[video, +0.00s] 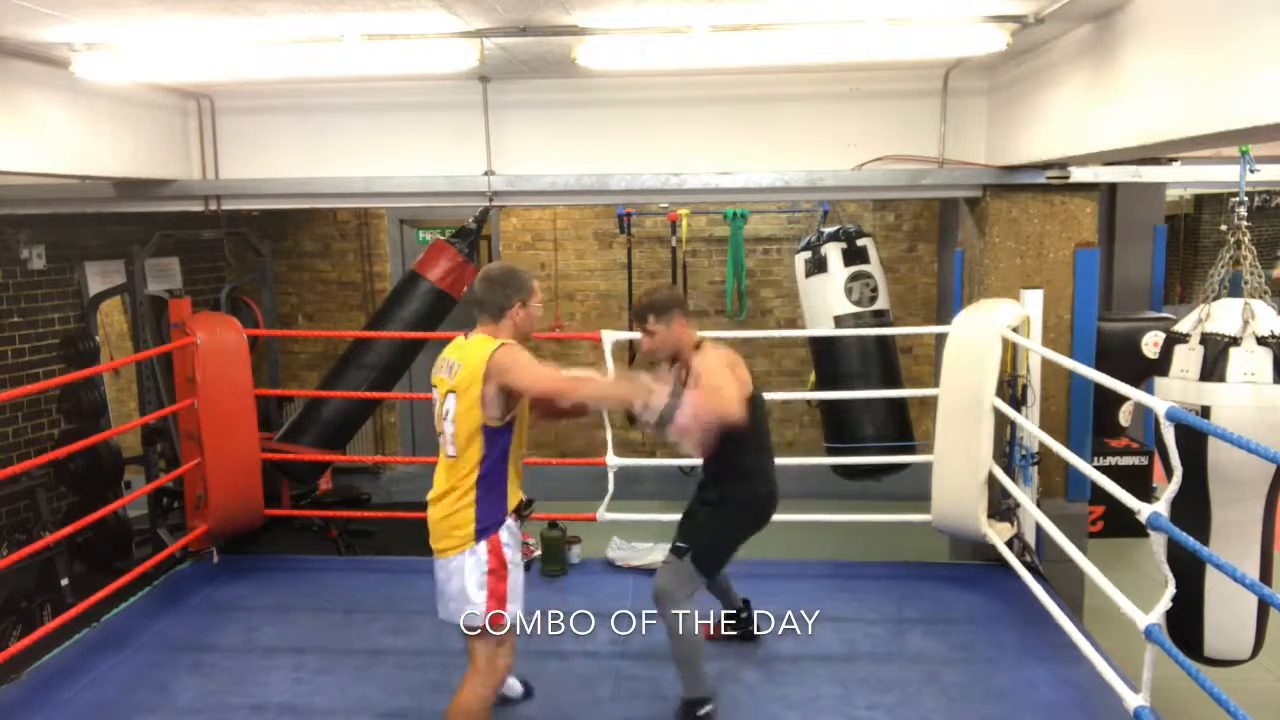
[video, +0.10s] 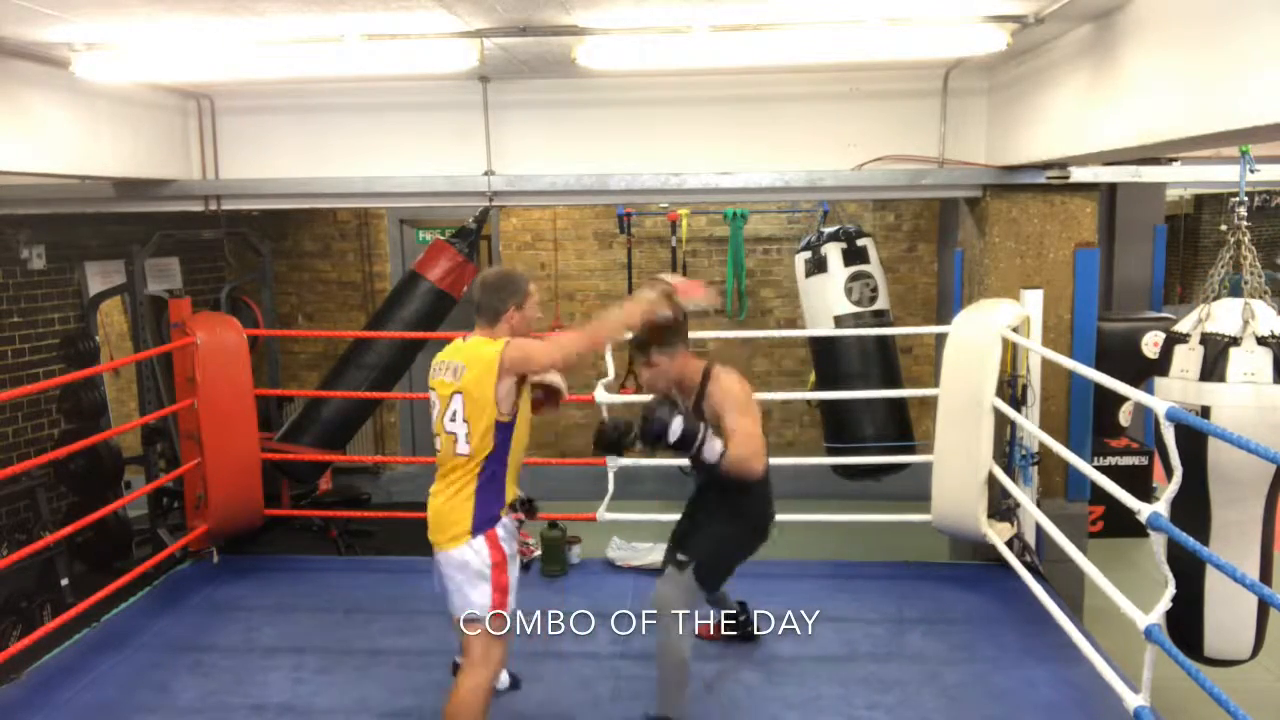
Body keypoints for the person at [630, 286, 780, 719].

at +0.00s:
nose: (642, 345)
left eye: (648, 334)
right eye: (640, 335)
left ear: (677, 326)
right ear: (674, 329)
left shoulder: (714, 363)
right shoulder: (681, 368)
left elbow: (730, 411)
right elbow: (657, 410)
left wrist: (666, 411)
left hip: (743, 494)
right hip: (717, 486)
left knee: (670, 590)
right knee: (694, 555)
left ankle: (698, 701)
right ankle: (738, 614)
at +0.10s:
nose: (642, 380)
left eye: (645, 369)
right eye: (640, 371)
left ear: (666, 360)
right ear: (661, 359)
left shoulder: (727, 385)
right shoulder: (676, 390)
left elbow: (752, 462)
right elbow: (667, 438)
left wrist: (688, 435)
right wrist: (632, 437)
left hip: (744, 508)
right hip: (711, 499)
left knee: (670, 595)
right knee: (683, 572)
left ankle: (669, 712)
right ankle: (736, 619)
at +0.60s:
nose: (669, 378)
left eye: (668, 366)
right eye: (666, 367)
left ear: (685, 356)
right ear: (714, 350)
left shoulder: (696, 410)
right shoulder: (785, 396)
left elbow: (655, 496)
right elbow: (814, 471)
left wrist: (649, 437)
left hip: (740, 575)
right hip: (802, 570)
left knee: (649, 651)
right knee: (811, 660)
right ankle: (870, 716)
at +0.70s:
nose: (667, 368)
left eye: (666, 356)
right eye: (664, 358)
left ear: (688, 349)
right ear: (700, 346)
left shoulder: (731, 394)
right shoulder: (763, 387)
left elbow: (713, 484)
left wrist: (679, 445)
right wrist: (684, 430)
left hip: (758, 567)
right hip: (804, 561)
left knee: (649, 648)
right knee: (802, 657)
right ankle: (868, 718)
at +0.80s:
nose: (683, 360)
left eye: (681, 349)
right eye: (679, 351)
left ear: (698, 334)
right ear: (716, 331)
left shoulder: (733, 375)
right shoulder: (767, 367)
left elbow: (715, 462)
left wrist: (661, 445)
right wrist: (679, 407)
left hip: (752, 560)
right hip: (804, 557)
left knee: (656, 650)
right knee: (813, 653)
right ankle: (873, 716)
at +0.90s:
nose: (695, 340)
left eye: (695, 330)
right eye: (694, 331)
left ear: (711, 325)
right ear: (747, 321)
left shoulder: (709, 366)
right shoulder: (805, 364)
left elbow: (640, 428)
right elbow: (845, 409)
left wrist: (605, 395)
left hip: (731, 557)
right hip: (800, 557)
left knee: (658, 650)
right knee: (840, 649)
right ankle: (885, 716)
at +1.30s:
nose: (580, 415)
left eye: (579, 405)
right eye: (578, 406)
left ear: (589, 399)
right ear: (629, 387)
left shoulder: (606, 448)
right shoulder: (695, 423)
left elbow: (587, 541)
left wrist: (568, 471)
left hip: (683, 607)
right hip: (751, 598)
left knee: (585, 648)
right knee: (815, 671)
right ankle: (874, 716)